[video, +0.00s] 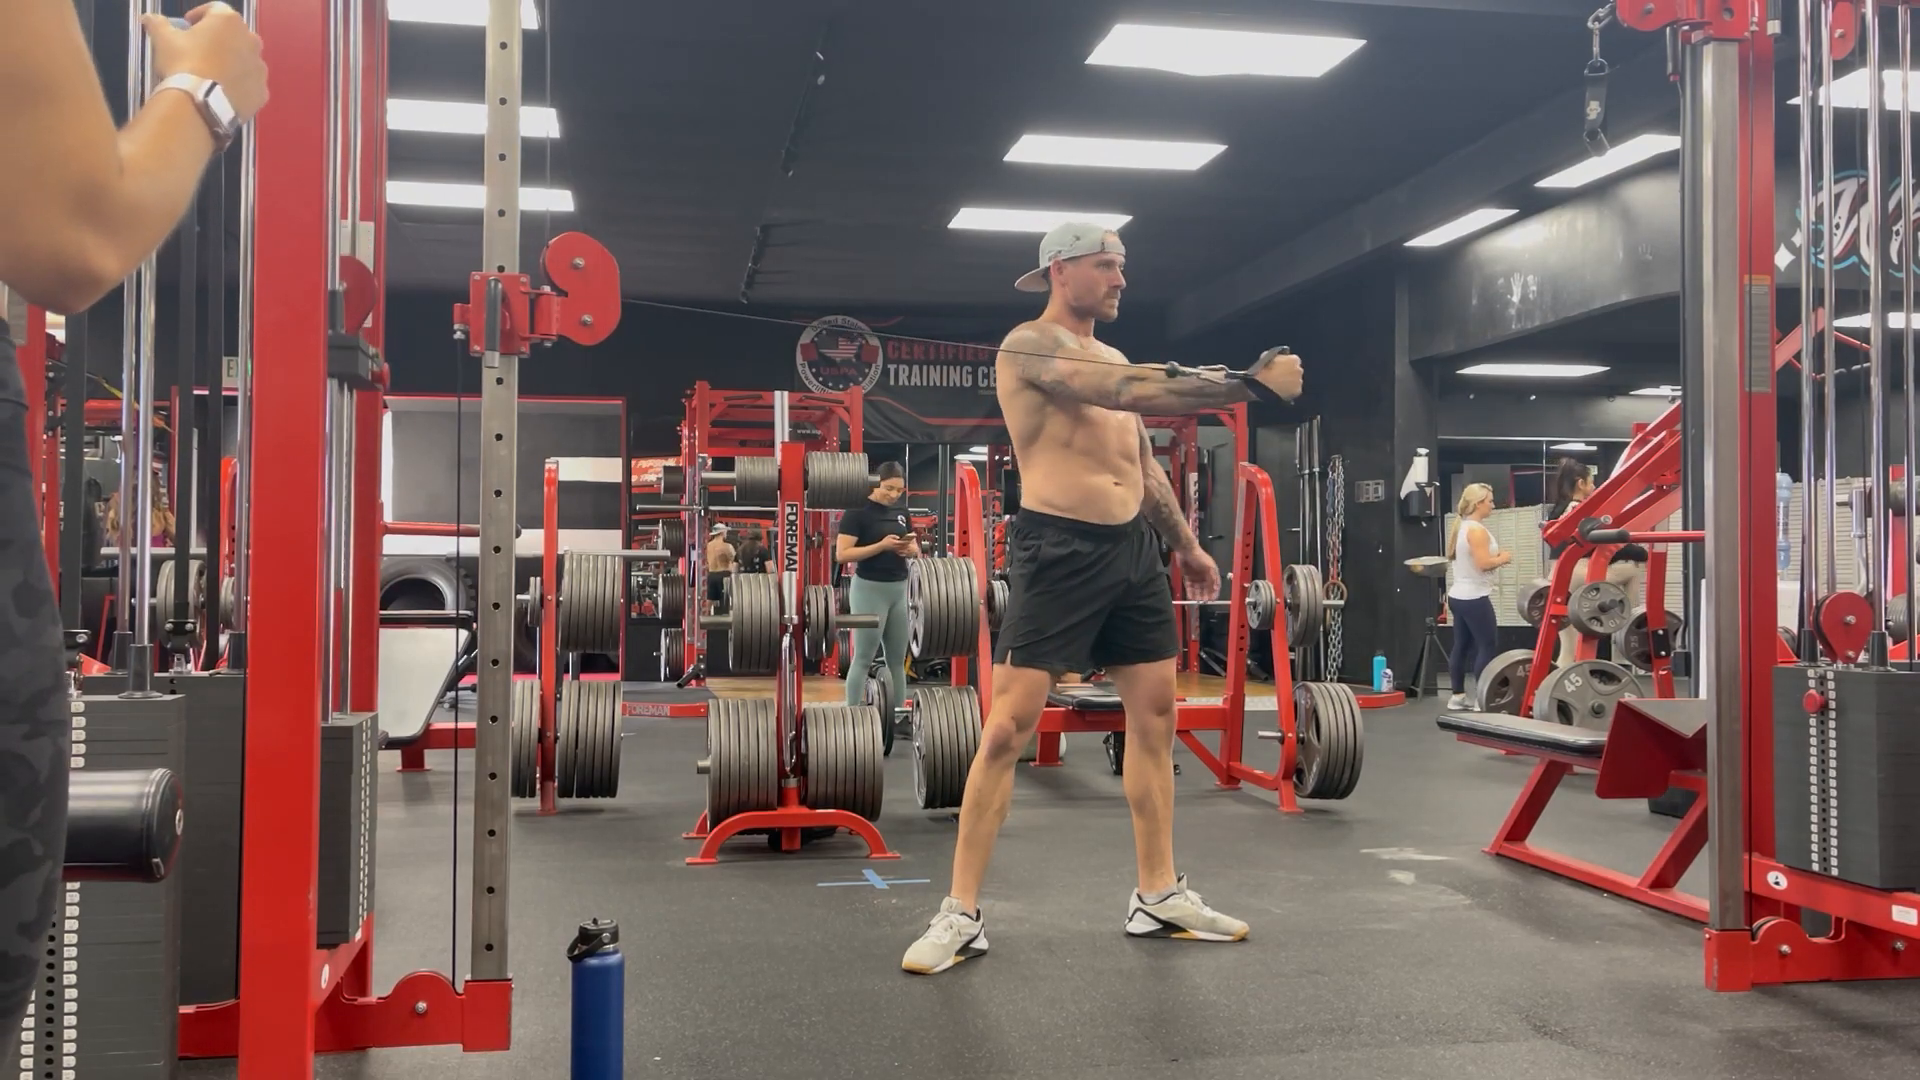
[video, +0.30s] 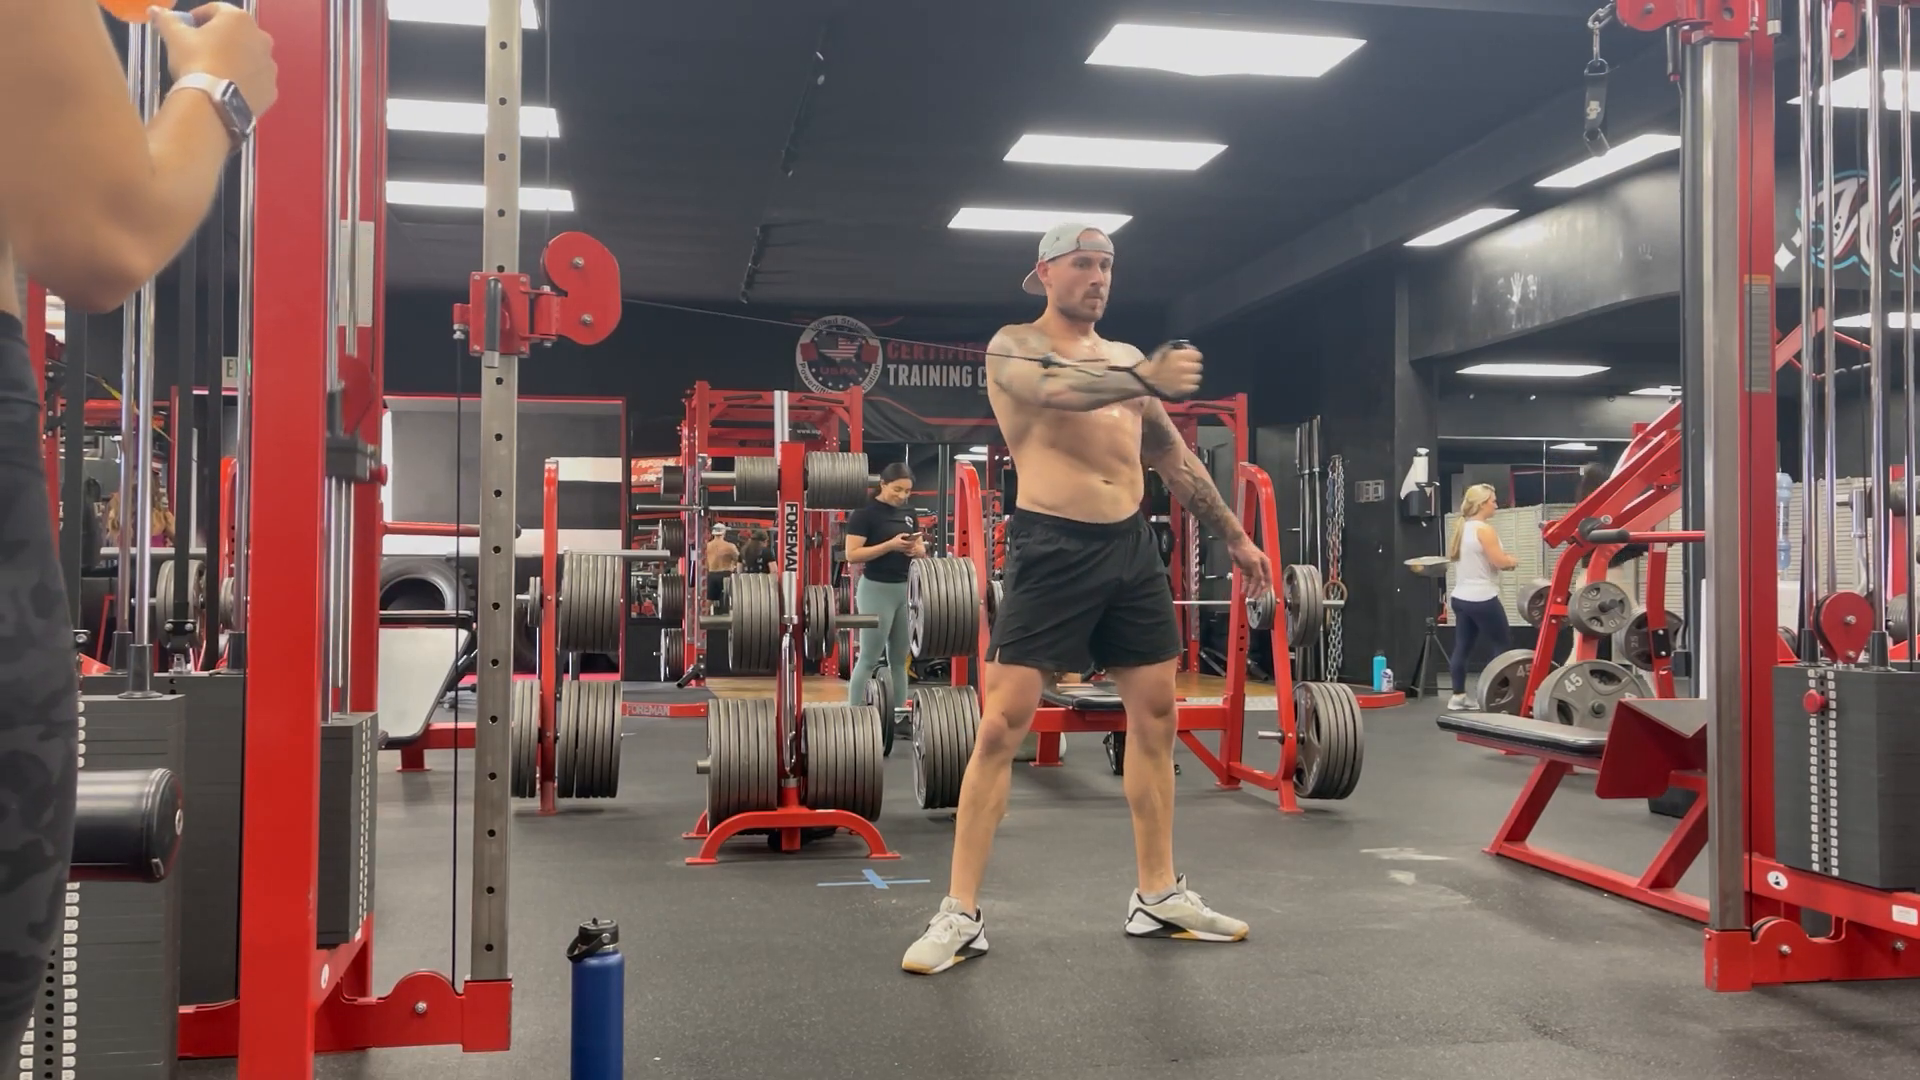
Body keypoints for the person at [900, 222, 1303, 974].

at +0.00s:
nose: (1120, 275)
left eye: (1120, 265)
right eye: (1106, 262)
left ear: (1103, 280)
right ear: (1058, 272)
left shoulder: (1118, 364)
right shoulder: (1028, 343)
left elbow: (1144, 465)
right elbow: (1117, 385)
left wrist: (1187, 543)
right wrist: (1246, 382)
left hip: (1135, 552)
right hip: (1056, 550)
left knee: (1155, 719)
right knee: (1004, 733)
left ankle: (1157, 894)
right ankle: (961, 910)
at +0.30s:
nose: (1097, 275)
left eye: (1104, 264)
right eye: (1081, 261)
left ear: (1111, 278)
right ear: (1042, 275)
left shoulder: (1128, 362)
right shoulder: (1011, 344)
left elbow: (1176, 458)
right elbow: (1049, 391)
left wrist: (1235, 537)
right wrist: (1145, 376)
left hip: (1131, 552)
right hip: (1046, 549)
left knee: (1156, 717)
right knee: (998, 728)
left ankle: (1158, 895)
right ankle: (959, 909)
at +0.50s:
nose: (1072, 276)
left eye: (1084, 264)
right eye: (1059, 264)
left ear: (1103, 279)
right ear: (1035, 277)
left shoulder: (1140, 361)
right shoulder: (1007, 346)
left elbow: (1199, 456)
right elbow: (999, 388)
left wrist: (1267, 533)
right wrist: (1040, 377)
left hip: (1130, 550)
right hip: (1044, 550)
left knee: (1158, 716)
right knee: (998, 727)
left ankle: (1157, 894)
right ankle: (961, 910)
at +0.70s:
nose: (1047, 273)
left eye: (1063, 261)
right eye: (1038, 263)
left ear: (1097, 278)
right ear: (1026, 279)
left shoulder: (1142, 360)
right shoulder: (1005, 348)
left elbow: (1215, 451)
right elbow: (967, 376)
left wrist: (1292, 525)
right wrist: (956, 378)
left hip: (1125, 549)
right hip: (1037, 550)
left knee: (1157, 720)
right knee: (990, 726)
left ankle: (1158, 894)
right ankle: (960, 909)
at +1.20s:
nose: (1077, 273)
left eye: (1089, 262)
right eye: (1064, 261)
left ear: (1106, 279)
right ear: (1036, 275)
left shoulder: (1139, 362)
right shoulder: (1004, 348)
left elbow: (1202, 458)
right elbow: (1001, 389)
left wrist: (1271, 532)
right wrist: (1058, 372)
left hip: (1122, 552)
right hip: (1038, 550)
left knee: (1154, 718)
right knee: (990, 726)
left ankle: (1158, 894)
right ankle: (959, 909)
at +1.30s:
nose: (1088, 274)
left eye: (1098, 265)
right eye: (1073, 262)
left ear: (1109, 280)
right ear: (1040, 276)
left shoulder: (1130, 368)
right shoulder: (1008, 348)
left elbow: (1188, 468)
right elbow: (1041, 393)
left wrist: (1249, 541)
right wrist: (1140, 374)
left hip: (1121, 554)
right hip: (1039, 549)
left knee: (1152, 718)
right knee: (991, 729)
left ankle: (1158, 894)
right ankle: (958, 910)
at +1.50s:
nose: (1112, 281)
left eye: (1119, 271)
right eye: (1097, 266)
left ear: (1119, 284)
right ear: (1055, 274)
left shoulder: (1121, 372)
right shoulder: (1024, 347)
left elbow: (1144, 474)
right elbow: (1110, 390)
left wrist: (1191, 552)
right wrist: (1248, 390)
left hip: (1124, 552)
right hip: (1046, 549)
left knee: (1152, 720)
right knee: (1000, 733)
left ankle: (1158, 894)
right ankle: (959, 910)